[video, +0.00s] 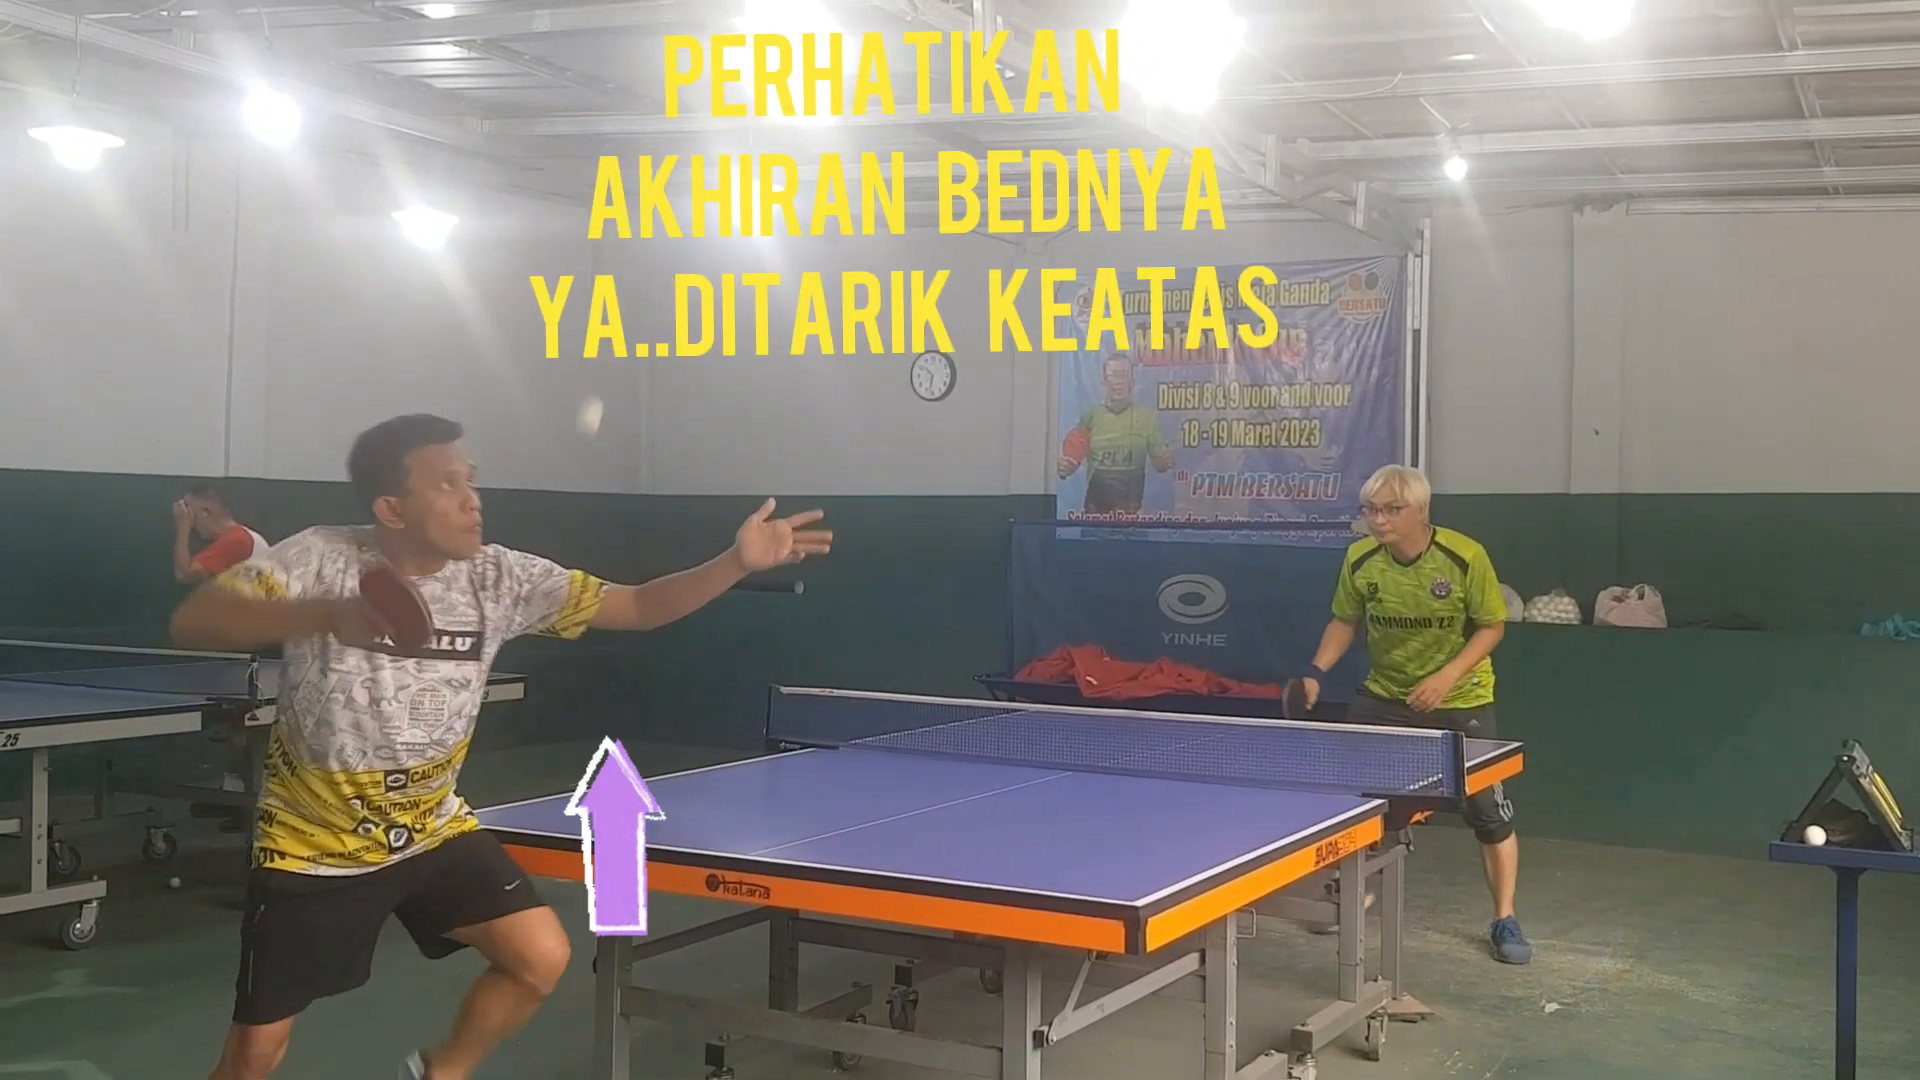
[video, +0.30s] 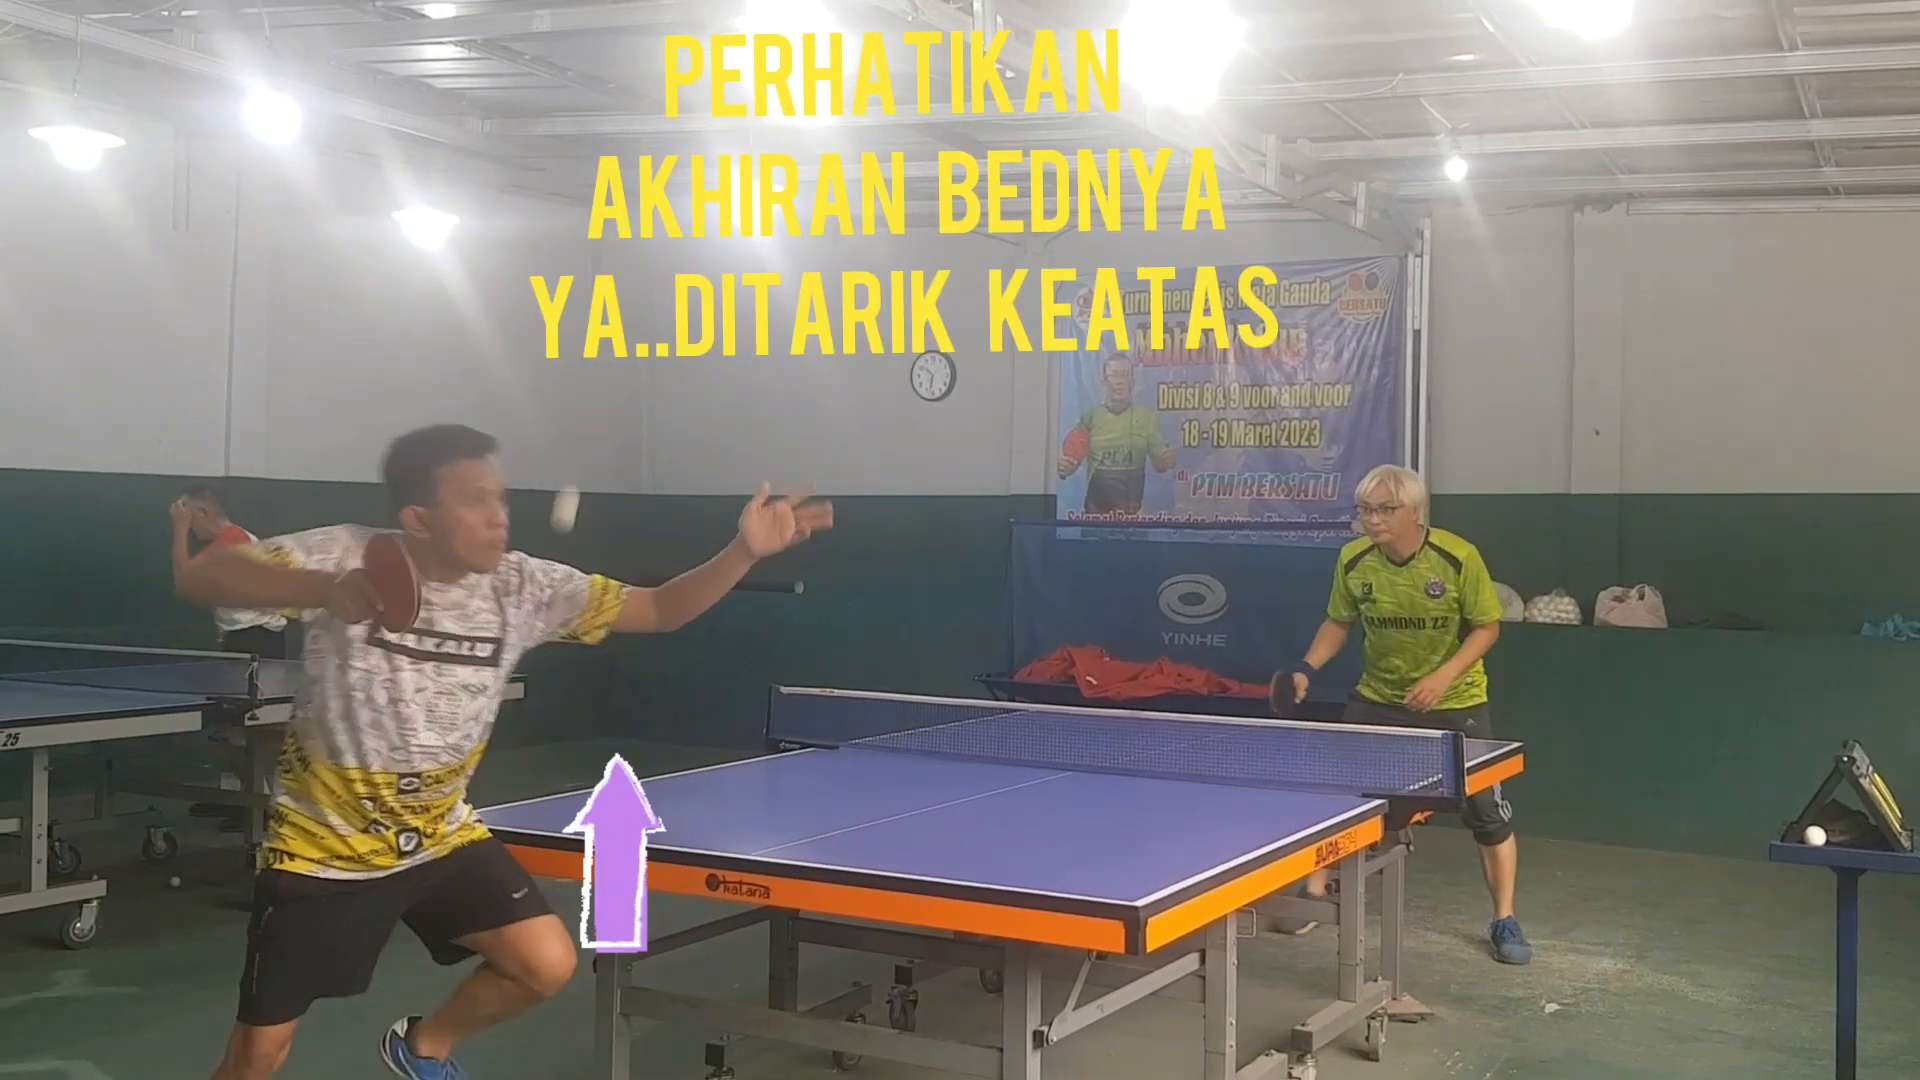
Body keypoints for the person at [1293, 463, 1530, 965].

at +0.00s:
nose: (1376, 518)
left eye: (1387, 509)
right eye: (1371, 509)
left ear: (1418, 511)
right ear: (1367, 514)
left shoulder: (1466, 558)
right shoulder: (1359, 561)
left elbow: (1492, 627)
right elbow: (1344, 621)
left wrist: (1446, 677)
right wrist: (1315, 674)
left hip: (1462, 700)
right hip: (1385, 695)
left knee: (1488, 804)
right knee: (1336, 775)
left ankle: (1506, 919)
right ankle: (1347, 891)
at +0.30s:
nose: (1371, 519)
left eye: (1382, 510)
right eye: (1365, 510)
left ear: (1413, 512)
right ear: (1360, 515)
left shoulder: (1458, 558)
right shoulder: (1353, 560)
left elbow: (1488, 626)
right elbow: (1336, 623)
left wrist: (1443, 676)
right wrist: (1306, 669)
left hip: (1456, 702)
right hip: (1377, 698)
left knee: (1487, 807)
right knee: (1333, 784)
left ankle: (1505, 918)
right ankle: (1315, 890)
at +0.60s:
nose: (1361, 522)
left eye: (1373, 512)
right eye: (1356, 512)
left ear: (1402, 515)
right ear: (1352, 516)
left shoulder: (1448, 560)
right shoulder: (1343, 564)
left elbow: (1479, 627)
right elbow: (1327, 626)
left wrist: (1440, 675)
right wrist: (1296, 667)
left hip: (1448, 706)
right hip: (1369, 703)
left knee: (1483, 806)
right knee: (1325, 788)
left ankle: (1506, 917)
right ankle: (1310, 896)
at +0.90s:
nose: (1356, 523)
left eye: (1368, 513)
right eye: (1350, 514)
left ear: (1398, 516)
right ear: (1346, 516)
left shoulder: (1442, 560)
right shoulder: (1337, 566)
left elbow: (1475, 628)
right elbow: (1322, 627)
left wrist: (1437, 674)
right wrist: (1291, 668)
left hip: (1442, 706)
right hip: (1363, 704)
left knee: (1486, 806)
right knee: (1317, 787)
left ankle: (1509, 914)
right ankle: (1311, 897)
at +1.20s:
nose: (1349, 526)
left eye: (1360, 517)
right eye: (1343, 517)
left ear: (1391, 518)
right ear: (1340, 519)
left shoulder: (1436, 562)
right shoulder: (1332, 569)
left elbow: (1469, 630)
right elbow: (1314, 635)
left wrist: (1436, 675)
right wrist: (1287, 671)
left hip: (1440, 702)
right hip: (1362, 703)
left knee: (1485, 799)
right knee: (1315, 782)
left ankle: (1521, 909)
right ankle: (1310, 896)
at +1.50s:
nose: (1347, 529)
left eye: (1358, 519)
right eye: (1342, 519)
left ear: (1387, 519)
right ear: (1337, 522)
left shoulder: (1434, 564)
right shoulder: (1330, 572)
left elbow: (1470, 632)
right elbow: (1317, 638)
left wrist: (1439, 676)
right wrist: (1289, 674)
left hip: (1441, 705)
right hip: (1365, 706)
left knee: (1485, 801)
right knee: (1318, 785)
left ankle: (1535, 911)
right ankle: (1311, 896)